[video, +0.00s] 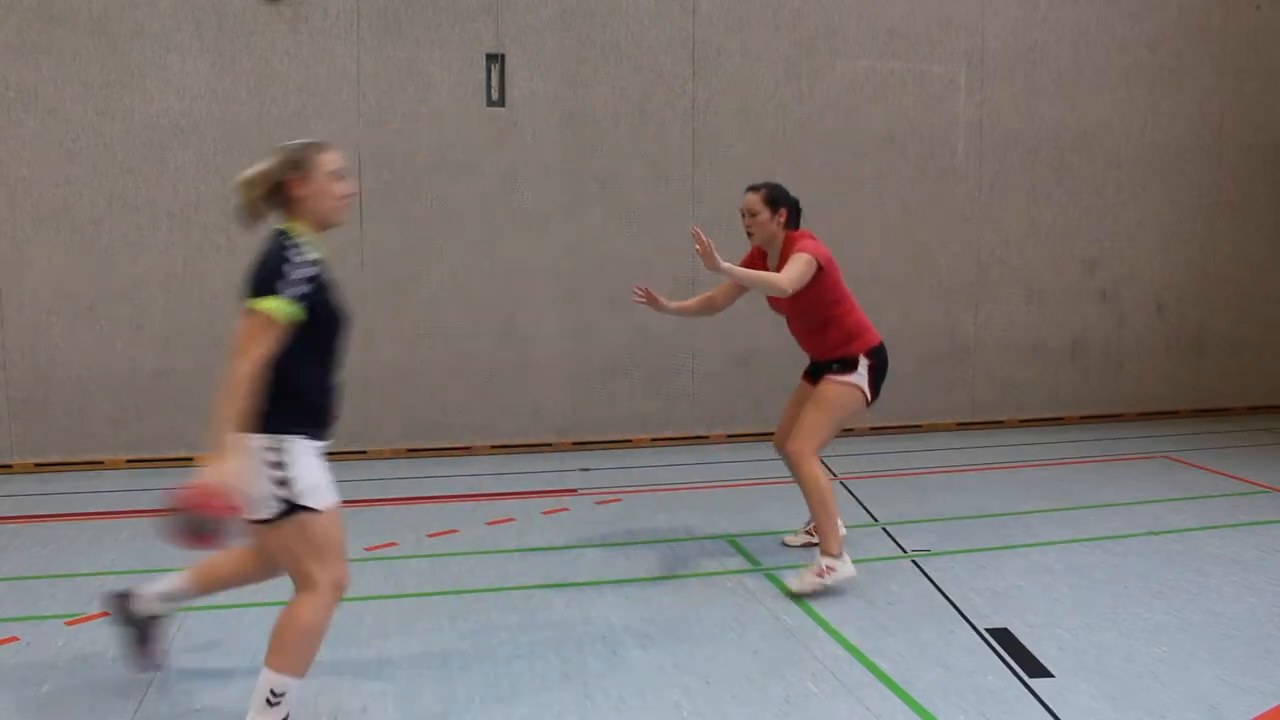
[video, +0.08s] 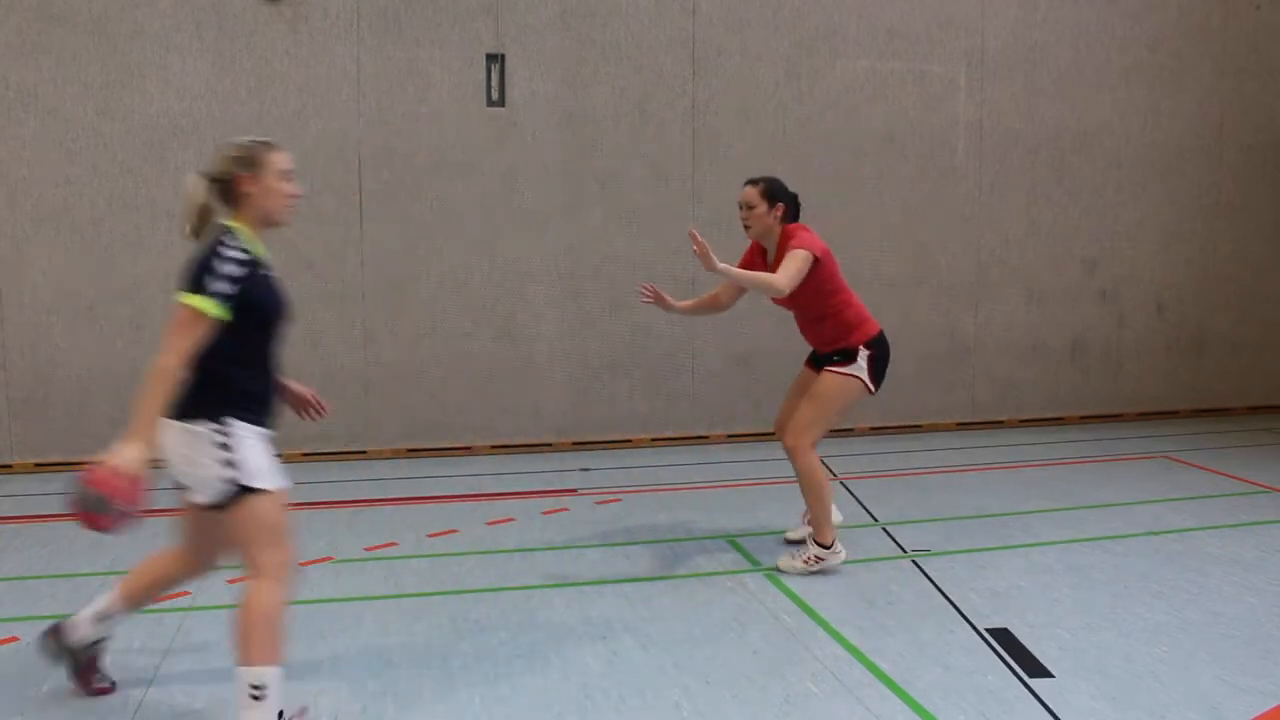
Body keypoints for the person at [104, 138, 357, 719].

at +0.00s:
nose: (349, 189)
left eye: (348, 177)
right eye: (336, 178)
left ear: (301, 191)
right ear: (297, 189)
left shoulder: (301, 257)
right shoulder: (290, 262)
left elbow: (269, 361)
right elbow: (247, 361)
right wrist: (223, 459)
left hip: (284, 442)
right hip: (282, 446)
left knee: (273, 556)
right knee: (324, 580)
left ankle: (148, 601)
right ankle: (269, 710)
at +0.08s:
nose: (296, 190)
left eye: (293, 178)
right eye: (284, 179)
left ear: (251, 188)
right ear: (246, 186)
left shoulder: (246, 252)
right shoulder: (228, 255)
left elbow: (233, 345)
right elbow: (174, 354)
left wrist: (280, 386)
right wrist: (137, 440)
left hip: (212, 427)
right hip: (220, 430)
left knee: (198, 551)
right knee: (270, 562)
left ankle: (79, 632)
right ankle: (262, 707)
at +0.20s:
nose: (221, 186)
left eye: (220, 174)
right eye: (212, 174)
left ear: (177, 181)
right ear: (176, 178)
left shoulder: (172, 241)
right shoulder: (148, 245)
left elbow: (169, 311)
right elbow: (93, 334)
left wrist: (219, 339)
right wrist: (55, 420)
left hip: (128, 417)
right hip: (128, 420)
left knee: (118, 544)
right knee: (170, 549)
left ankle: (36, 665)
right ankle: (183, 686)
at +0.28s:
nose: (178, 169)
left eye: (177, 159)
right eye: (168, 159)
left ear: (137, 164)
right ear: (133, 162)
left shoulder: (130, 223)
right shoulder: (109, 226)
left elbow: (117, 297)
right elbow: (59, 317)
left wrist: (166, 317)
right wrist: (37, 403)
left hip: (94, 396)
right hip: (92, 399)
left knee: (79, 528)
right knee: (120, 524)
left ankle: (36, 661)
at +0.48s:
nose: (80, 178)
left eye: (78, 167)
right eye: (70, 168)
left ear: (40, 175)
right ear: (35, 174)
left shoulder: (35, 230)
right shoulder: (20, 233)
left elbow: (24, 316)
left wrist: (67, 349)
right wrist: (30, 367)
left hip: (25, 401)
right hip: (7, 403)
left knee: (29, 517)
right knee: (13, 537)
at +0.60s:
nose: (31, 195)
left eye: (29, 184)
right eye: (20, 185)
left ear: (12, 195)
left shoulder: (7, 260)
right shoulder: (1, 259)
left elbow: (2, 336)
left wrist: (35, 369)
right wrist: (16, 305)